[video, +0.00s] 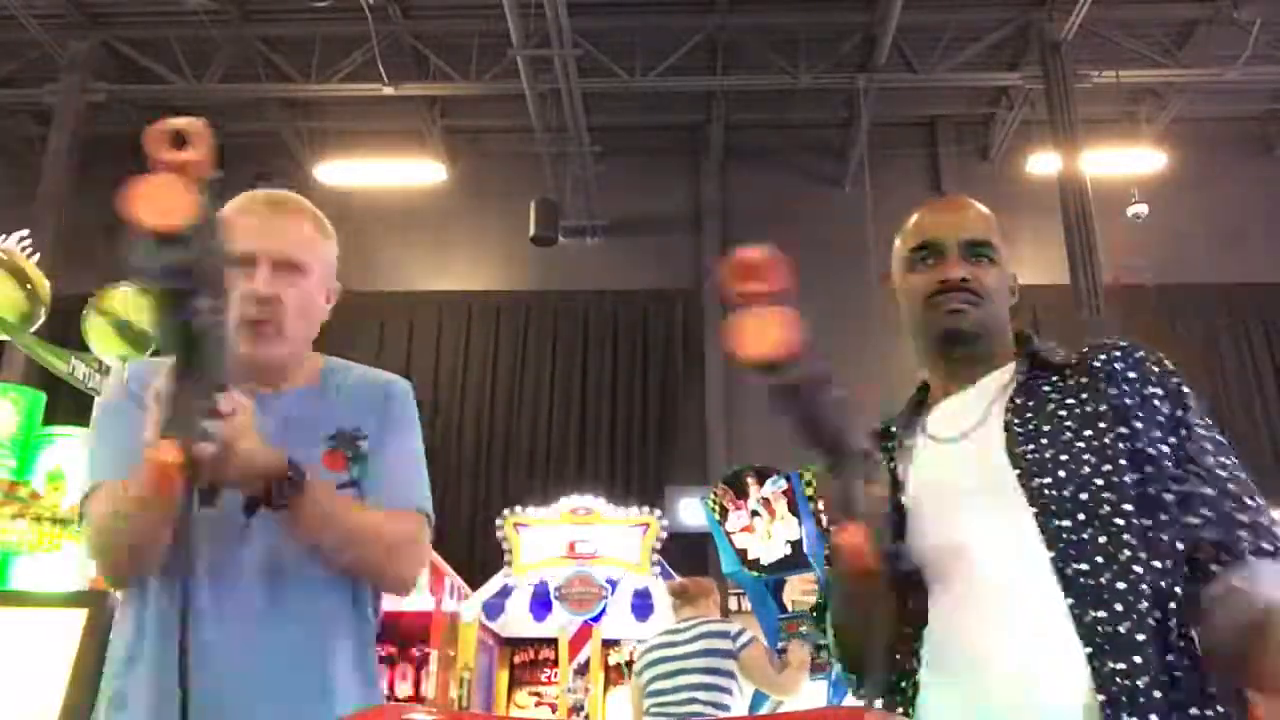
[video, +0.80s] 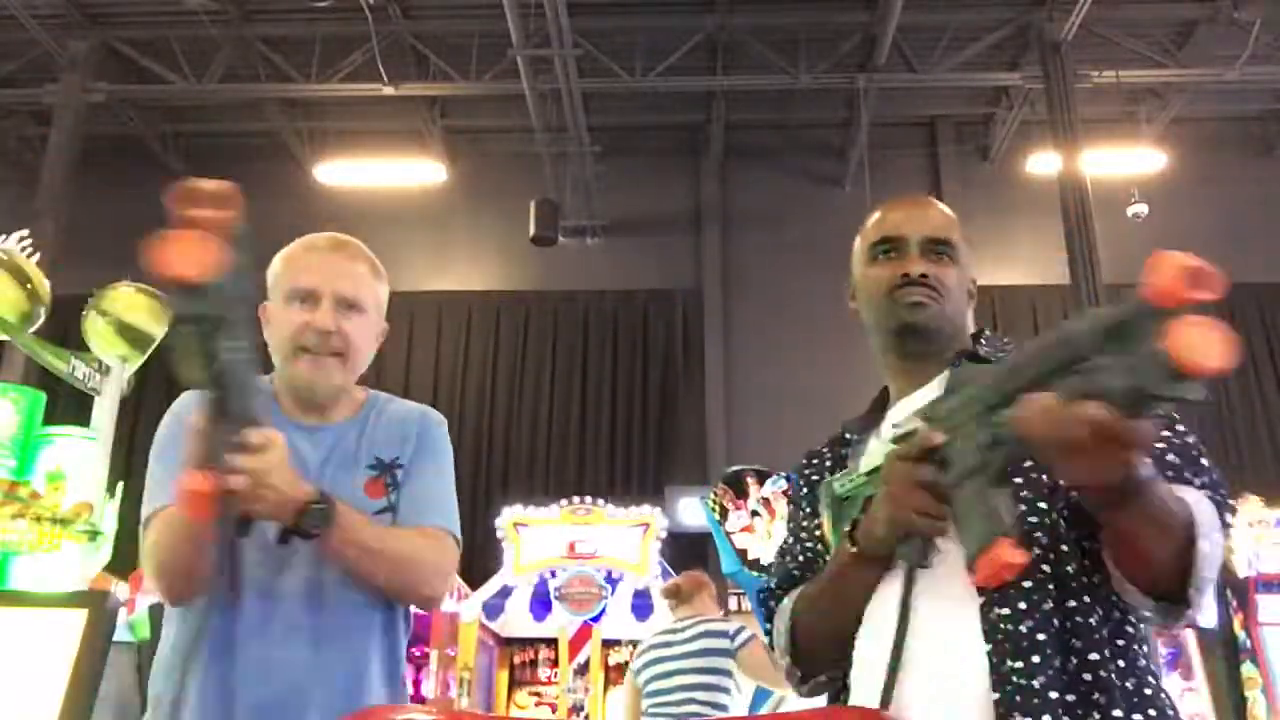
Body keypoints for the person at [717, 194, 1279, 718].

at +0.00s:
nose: (953, 269)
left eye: (977, 254)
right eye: (925, 255)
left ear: (1010, 286)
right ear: (895, 292)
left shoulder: (1117, 381)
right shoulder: (885, 458)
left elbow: (1246, 549)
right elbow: (872, 667)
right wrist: (855, 580)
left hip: (1130, 702)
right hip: (954, 705)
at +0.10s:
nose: (947, 267)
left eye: (973, 251)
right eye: (920, 255)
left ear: (1009, 279)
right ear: (894, 294)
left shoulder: (1123, 387)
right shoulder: (888, 459)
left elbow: (1251, 522)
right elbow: (870, 662)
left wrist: (1224, 570)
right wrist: (903, 542)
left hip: (1137, 704)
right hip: (960, 707)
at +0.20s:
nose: (954, 267)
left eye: (979, 249)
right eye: (926, 254)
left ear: (1018, 281)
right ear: (901, 295)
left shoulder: (1131, 399)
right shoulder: (880, 469)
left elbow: (1252, 552)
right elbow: (868, 656)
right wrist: (923, 540)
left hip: (1139, 704)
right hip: (956, 707)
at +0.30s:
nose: (964, 268)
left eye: (988, 247)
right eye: (938, 254)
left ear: (1023, 274)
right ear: (913, 285)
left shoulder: (1120, 353)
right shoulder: (904, 429)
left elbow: (1177, 512)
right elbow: (874, 659)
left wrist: (1033, 415)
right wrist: (892, 539)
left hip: (1133, 700)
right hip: (961, 707)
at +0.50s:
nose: (949, 264)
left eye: (972, 246)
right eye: (920, 250)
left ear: (1008, 277)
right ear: (893, 281)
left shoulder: (1101, 356)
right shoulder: (893, 412)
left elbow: (1147, 525)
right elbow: (864, 653)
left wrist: (1002, 443)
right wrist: (868, 510)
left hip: (1120, 694)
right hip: (952, 702)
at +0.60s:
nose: (933, 265)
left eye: (957, 250)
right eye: (904, 250)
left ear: (992, 287)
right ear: (876, 295)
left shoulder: (1107, 397)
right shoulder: (856, 470)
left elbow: (1204, 565)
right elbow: (831, 654)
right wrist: (885, 541)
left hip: (1112, 705)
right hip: (932, 706)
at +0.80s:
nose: (915, 266)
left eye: (939, 252)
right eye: (887, 251)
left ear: (972, 287)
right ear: (855, 296)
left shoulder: (1074, 395)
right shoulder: (826, 472)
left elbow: (1188, 579)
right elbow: (797, 655)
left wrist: (1118, 489)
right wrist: (870, 543)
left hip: (1082, 704)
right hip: (902, 708)